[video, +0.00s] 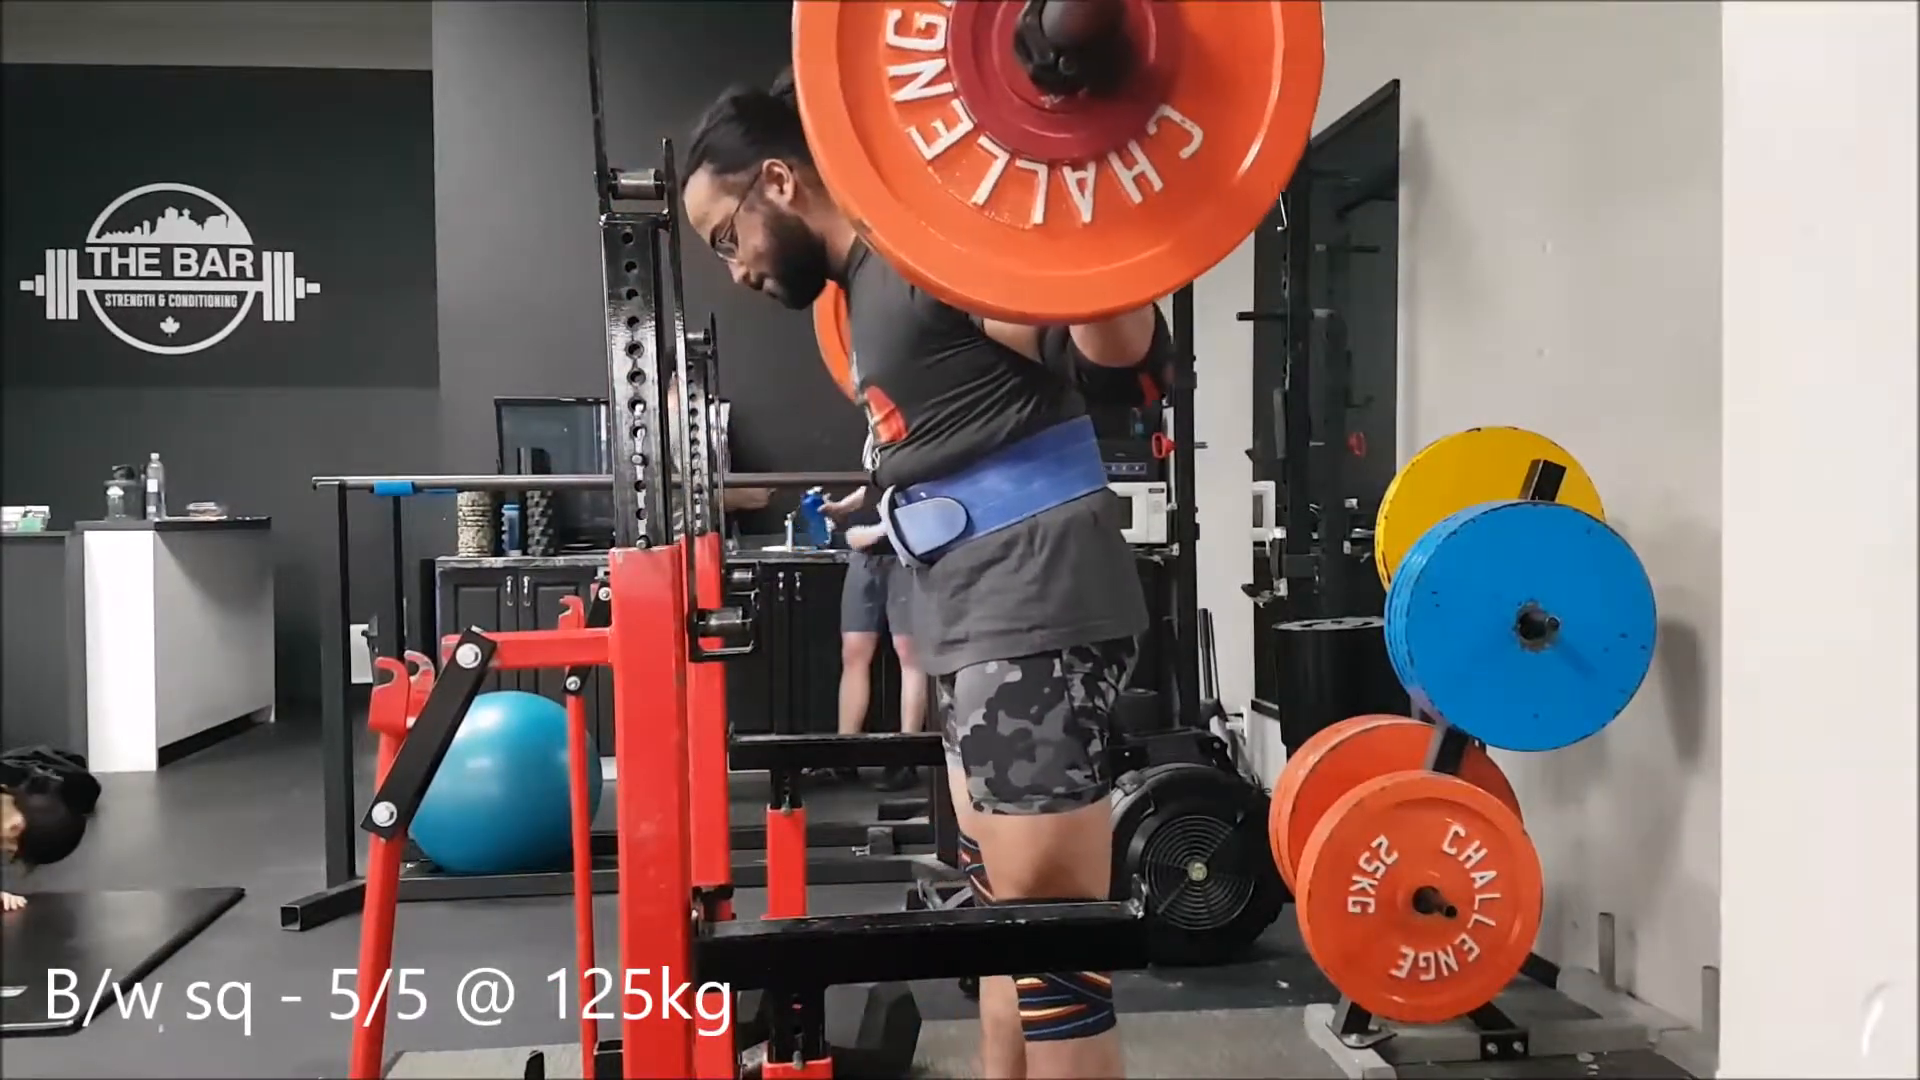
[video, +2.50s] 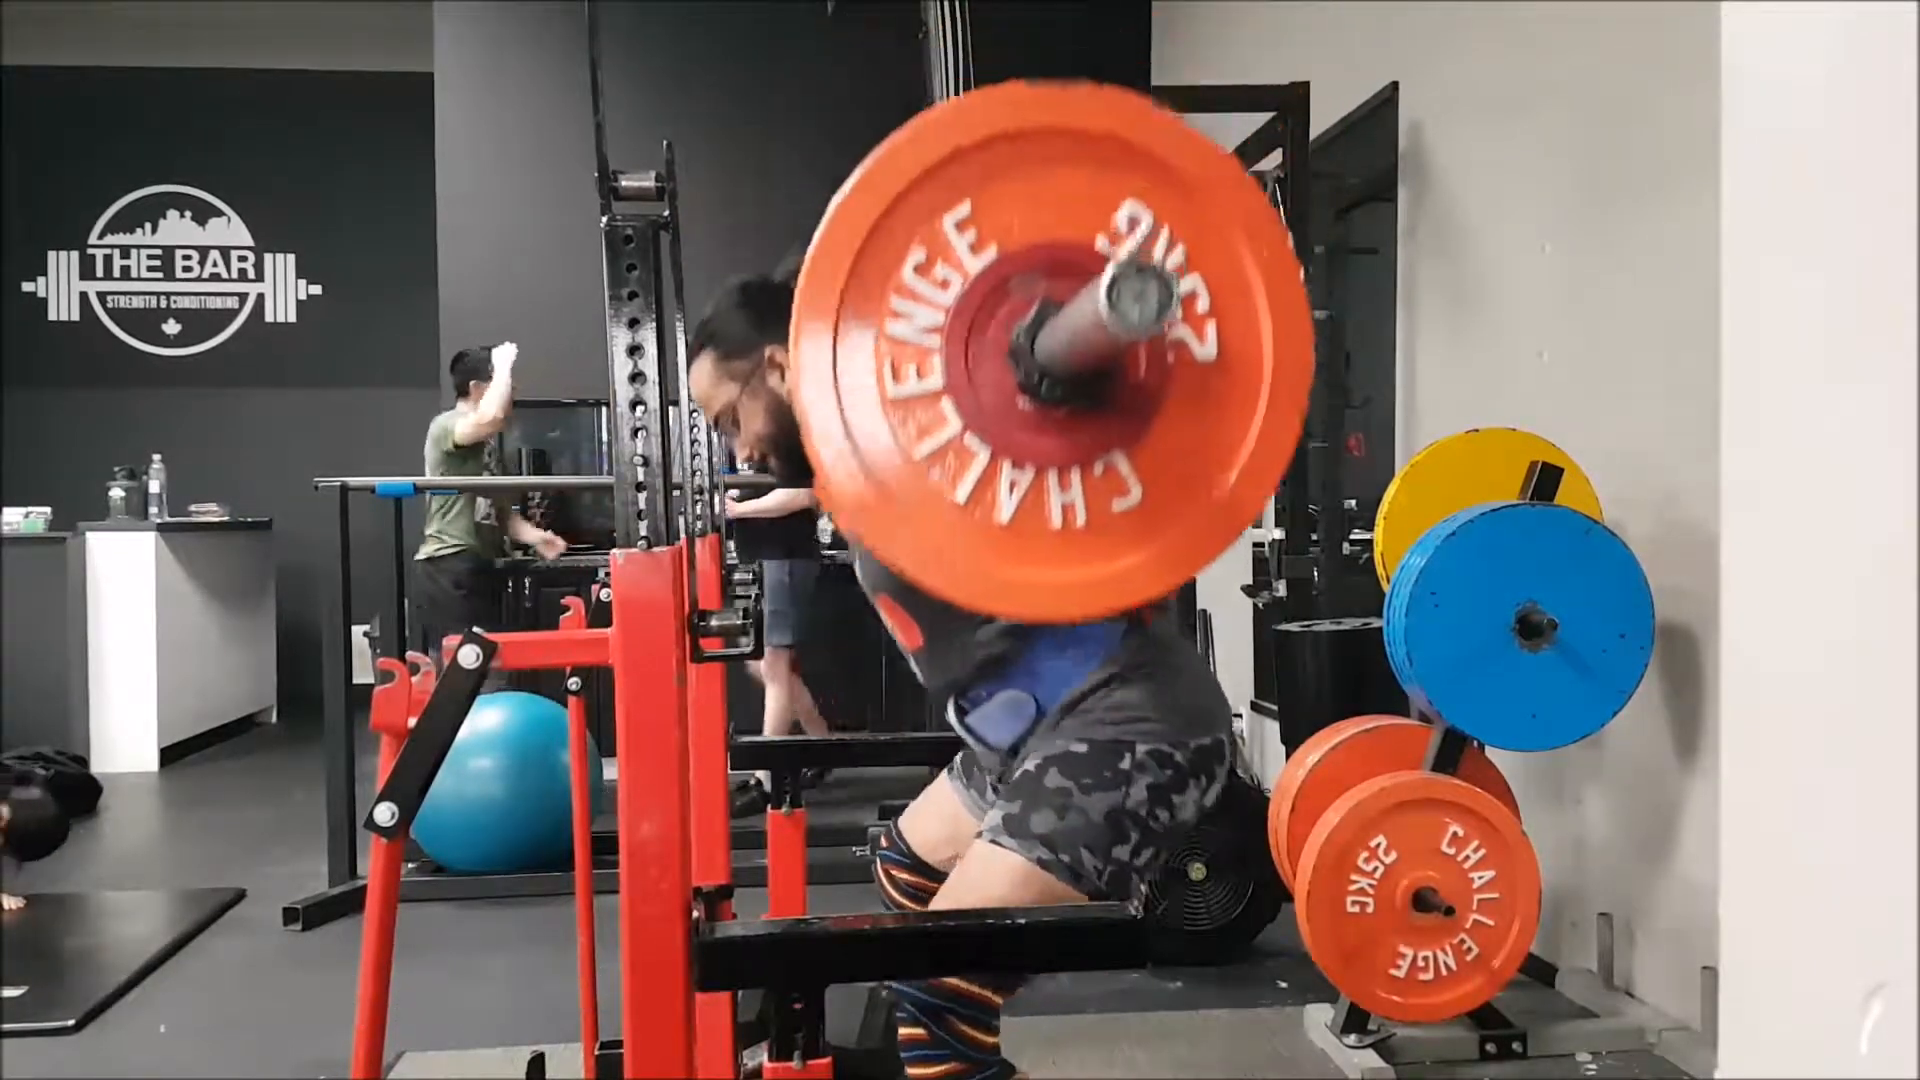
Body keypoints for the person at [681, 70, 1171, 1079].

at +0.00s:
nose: (734, 268)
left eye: (726, 235)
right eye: (716, 249)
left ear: (782, 180)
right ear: (778, 185)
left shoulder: (925, 236)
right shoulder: (862, 283)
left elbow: (1121, 338)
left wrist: (1105, 165)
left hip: (1038, 603)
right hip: (971, 611)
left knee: (1051, 948)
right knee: (1001, 935)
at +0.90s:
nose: (754, 262)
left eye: (747, 229)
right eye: (737, 242)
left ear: (805, 178)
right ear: (800, 185)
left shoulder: (941, 231)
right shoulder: (881, 281)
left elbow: (1130, 343)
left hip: (1048, 586)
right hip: (980, 594)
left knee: (1049, 936)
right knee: (1004, 926)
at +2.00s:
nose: (752, 254)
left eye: (748, 220)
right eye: (737, 236)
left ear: (804, 164)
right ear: (799, 175)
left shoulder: (930, 241)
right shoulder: (862, 293)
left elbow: (1119, 371)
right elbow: (934, 456)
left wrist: (1134, 203)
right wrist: (834, 512)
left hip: (1046, 577)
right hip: (972, 592)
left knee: (1002, 931)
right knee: (969, 902)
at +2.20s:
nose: (748, 301)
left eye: (743, 270)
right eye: (732, 284)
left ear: (795, 214)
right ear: (795, 224)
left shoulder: (924, 286)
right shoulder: (865, 333)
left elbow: (1116, 417)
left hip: (1080, 610)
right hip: (1000, 627)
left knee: (959, 946)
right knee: (928, 858)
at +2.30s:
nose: (743, 341)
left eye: (736, 312)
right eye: (727, 326)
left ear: (790, 257)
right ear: (789, 265)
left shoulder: (915, 325)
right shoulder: (854, 382)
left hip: (1097, 644)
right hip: (1011, 662)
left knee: (957, 950)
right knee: (923, 860)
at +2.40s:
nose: (737, 394)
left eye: (731, 365)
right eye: (722, 378)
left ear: (787, 312)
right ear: (784, 320)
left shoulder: (900, 365)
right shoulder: (849, 421)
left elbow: (1038, 281)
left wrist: (1125, 208)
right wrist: (814, 500)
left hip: (1119, 683)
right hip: (1027, 691)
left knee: (948, 999)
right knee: (915, 866)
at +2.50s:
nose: (740, 449)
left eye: (730, 416)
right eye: (724, 429)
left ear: (781, 364)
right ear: (783, 368)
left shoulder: (918, 411)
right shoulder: (855, 444)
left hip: (1126, 721)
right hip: (1023, 723)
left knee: (938, 1005)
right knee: (905, 868)